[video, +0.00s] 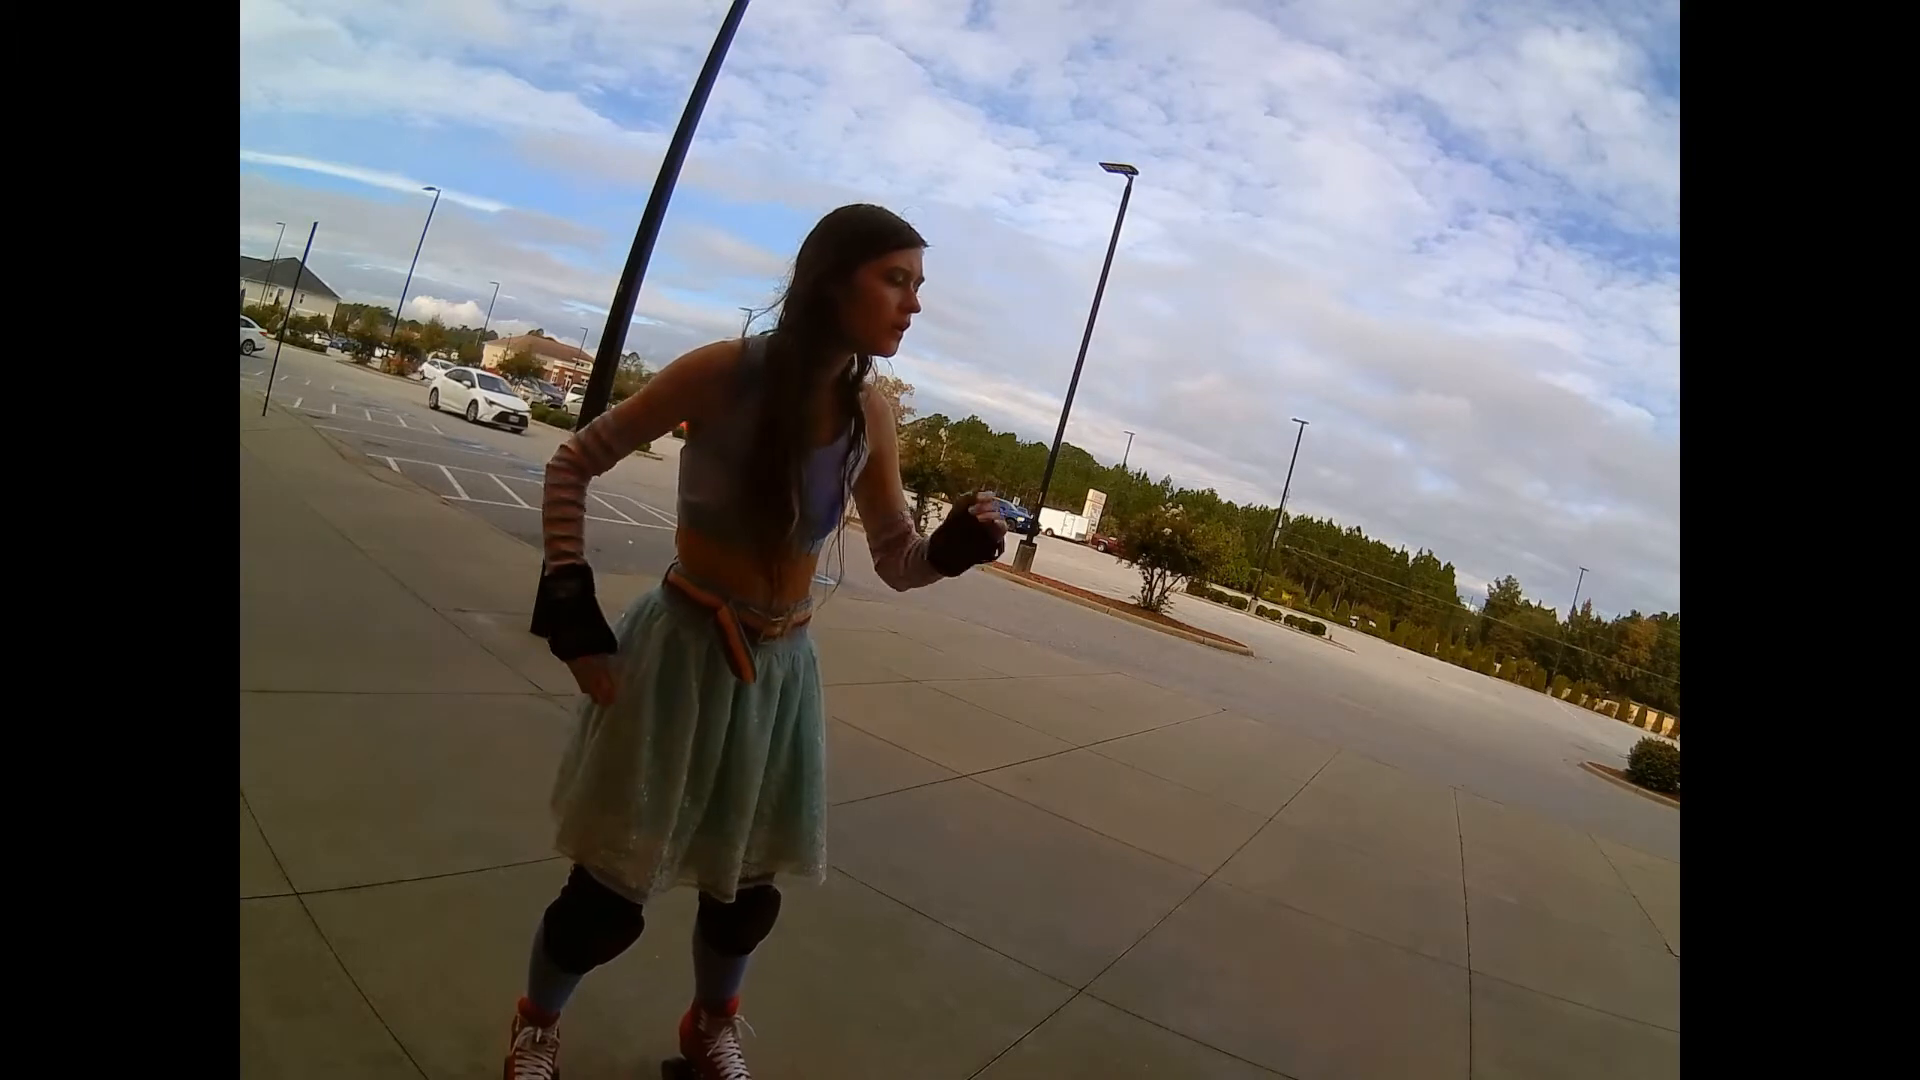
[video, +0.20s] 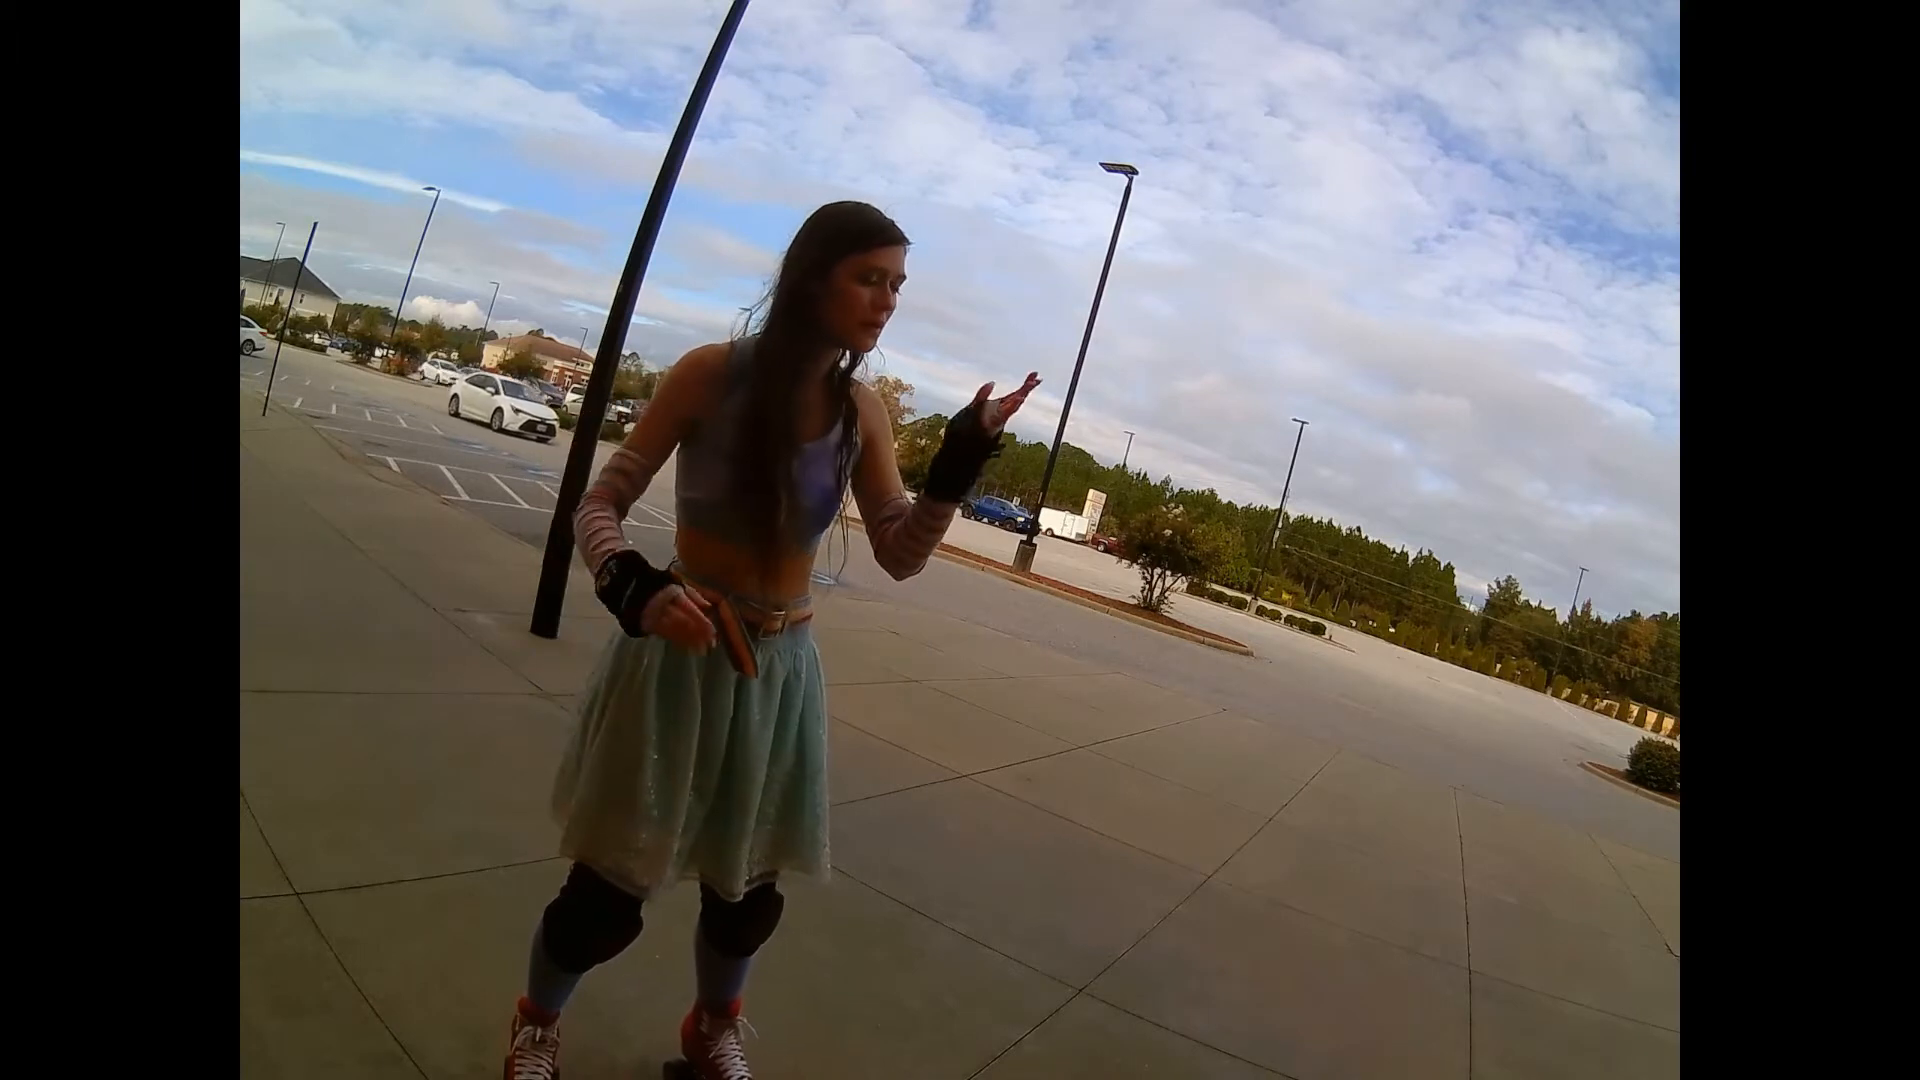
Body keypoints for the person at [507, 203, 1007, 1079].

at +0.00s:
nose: (914, 302)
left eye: (918, 284)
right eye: (898, 281)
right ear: (834, 283)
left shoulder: (870, 409)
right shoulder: (724, 376)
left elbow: (897, 558)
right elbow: (572, 463)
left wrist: (955, 549)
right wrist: (572, 612)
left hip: (781, 669)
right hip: (683, 652)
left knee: (746, 893)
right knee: (610, 896)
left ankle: (711, 1032)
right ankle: (538, 1027)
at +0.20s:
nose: (887, 302)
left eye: (896, 285)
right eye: (871, 279)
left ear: (894, 296)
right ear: (813, 276)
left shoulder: (860, 408)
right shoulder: (707, 377)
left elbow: (902, 551)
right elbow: (600, 502)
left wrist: (963, 450)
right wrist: (635, 587)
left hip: (780, 669)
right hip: (677, 651)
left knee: (747, 895)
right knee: (611, 895)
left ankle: (714, 1031)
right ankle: (536, 1022)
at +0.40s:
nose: (864, 297)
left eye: (875, 283)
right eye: (847, 276)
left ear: (879, 296)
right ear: (792, 273)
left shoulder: (855, 404)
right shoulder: (701, 378)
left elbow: (902, 548)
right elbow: (643, 529)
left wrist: (938, 449)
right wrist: (747, 514)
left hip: (782, 663)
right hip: (679, 645)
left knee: (754, 897)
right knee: (610, 893)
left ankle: (715, 1035)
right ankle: (538, 1023)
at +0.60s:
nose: (854, 290)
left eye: (867, 277)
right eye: (837, 269)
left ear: (875, 292)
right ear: (786, 269)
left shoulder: (858, 403)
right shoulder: (702, 372)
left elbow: (908, 548)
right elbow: (658, 528)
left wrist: (932, 450)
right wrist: (784, 458)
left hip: (785, 666)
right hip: (680, 648)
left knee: (754, 904)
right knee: (609, 899)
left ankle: (717, 1037)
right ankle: (536, 1034)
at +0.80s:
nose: (855, 285)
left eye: (869, 272)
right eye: (836, 265)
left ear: (877, 288)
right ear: (785, 268)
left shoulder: (861, 400)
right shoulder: (704, 370)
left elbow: (908, 552)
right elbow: (658, 526)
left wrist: (927, 454)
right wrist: (767, 448)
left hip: (785, 667)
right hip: (681, 650)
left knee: (754, 908)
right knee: (609, 907)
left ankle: (718, 1036)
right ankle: (536, 1037)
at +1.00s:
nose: (852, 286)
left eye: (867, 272)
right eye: (833, 265)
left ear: (875, 287)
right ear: (783, 269)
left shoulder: (859, 401)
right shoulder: (704, 369)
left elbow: (909, 558)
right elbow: (668, 521)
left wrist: (913, 453)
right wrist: (788, 436)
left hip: (786, 664)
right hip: (685, 647)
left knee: (756, 908)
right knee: (614, 905)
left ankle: (721, 1039)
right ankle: (536, 1032)